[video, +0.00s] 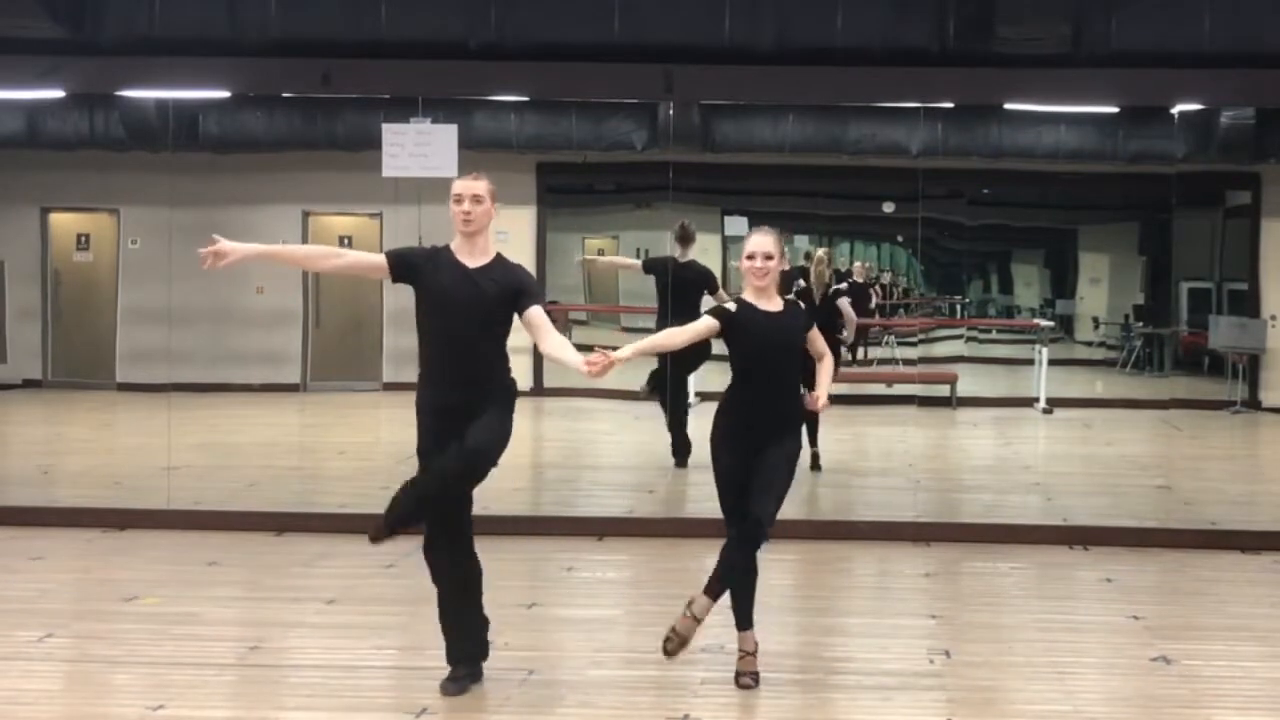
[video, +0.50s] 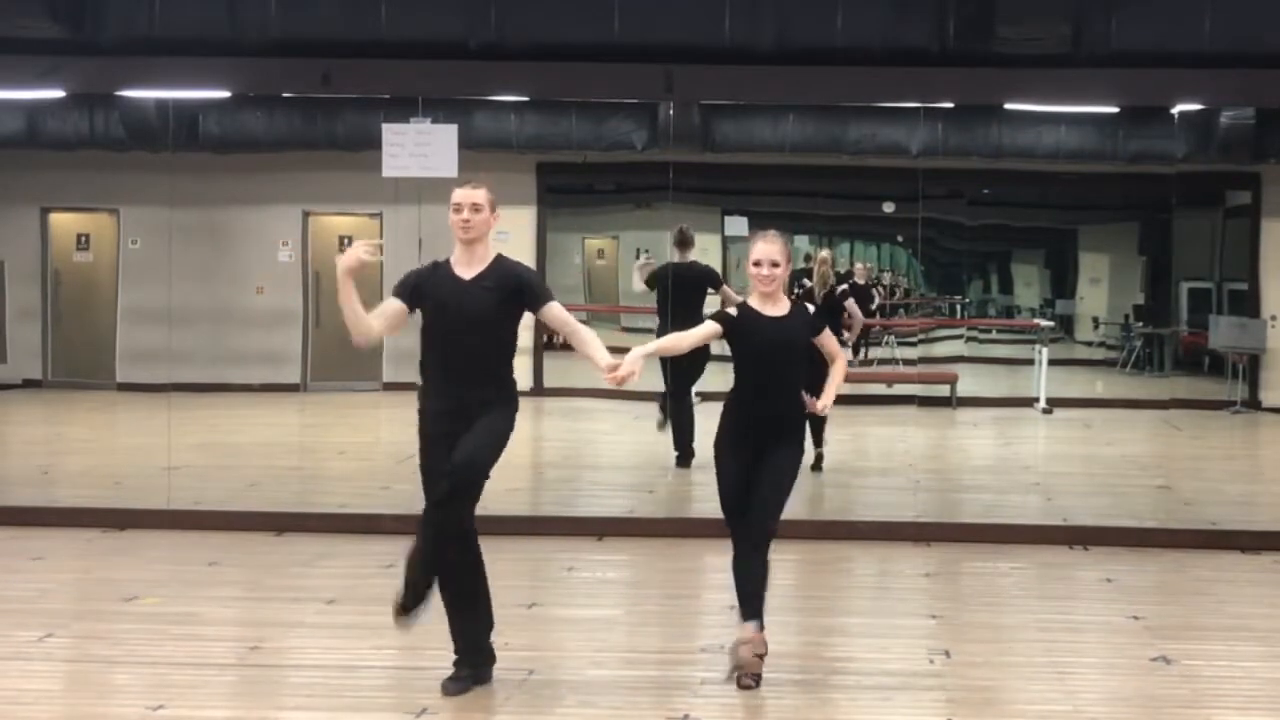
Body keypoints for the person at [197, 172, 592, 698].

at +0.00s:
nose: (466, 208)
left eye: (476, 200)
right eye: (459, 200)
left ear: (494, 209)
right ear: (449, 208)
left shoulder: (513, 277)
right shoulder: (423, 262)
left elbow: (547, 336)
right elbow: (334, 257)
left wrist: (582, 360)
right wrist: (248, 251)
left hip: (490, 404)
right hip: (437, 407)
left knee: (475, 456)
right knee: (449, 540)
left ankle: (403, 510)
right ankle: (466, 657)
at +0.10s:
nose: (467, 206)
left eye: (477, 198)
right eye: (459, 198)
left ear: (494, 207)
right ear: (448, 206)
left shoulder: (514, 274)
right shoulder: (422, 259)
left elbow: (551, 332)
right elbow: (332, 257)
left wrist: (585, 356)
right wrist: (251, 247)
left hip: (493, 397)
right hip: (439, 401)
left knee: (474, 457)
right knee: (456, 525)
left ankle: (427, 525)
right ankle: (468, 657)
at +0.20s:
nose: (465, 205)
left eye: (475, 197)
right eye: (458, 197)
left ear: (493, 207)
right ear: (448, 206)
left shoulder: (513, 273)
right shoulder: (420, 259)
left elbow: (552, 330)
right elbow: (336, 252)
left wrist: (587, 355)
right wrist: (256, 238)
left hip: (495, 399)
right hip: (441, 405)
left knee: (481, 457)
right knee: (458, 536)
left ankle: (425, 518)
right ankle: (473, 657)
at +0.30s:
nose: (466, 206)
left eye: (475, 199)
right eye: (458, 199)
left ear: (493, 208)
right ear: (448, 207)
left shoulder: (512, 274)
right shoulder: (422, 261)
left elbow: (554, 327)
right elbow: (345, 254)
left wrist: (594, 357)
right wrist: (284, 238)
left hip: (495, 400)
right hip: (442, 406)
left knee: (484, 462)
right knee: (459, 536)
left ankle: (428, 521)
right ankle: (473, 656)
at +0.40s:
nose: (465, 208)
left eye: (475, 200)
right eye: (458, 200)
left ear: (493, 210)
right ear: (448, 209)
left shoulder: (514, 275)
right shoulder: (424, 266)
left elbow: (562, 327)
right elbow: (347, 285)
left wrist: (601, 360)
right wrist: (330, 263)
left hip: (494, 405)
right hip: (440, 410)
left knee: (480, 470)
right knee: (458, 532)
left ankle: (423, 522)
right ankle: (474, 656)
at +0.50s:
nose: (464, 216)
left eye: (474, 208)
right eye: (457, 208)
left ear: (494, 218)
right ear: (447, 218)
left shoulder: (516, 277)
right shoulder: (426, 278)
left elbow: (572, 328)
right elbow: (366, 332)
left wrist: (605, 362)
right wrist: (344, 276)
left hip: (492, 408)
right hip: (438, 411)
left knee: (461, 476)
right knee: (450, 524)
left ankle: (418, 577)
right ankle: (474, 655)